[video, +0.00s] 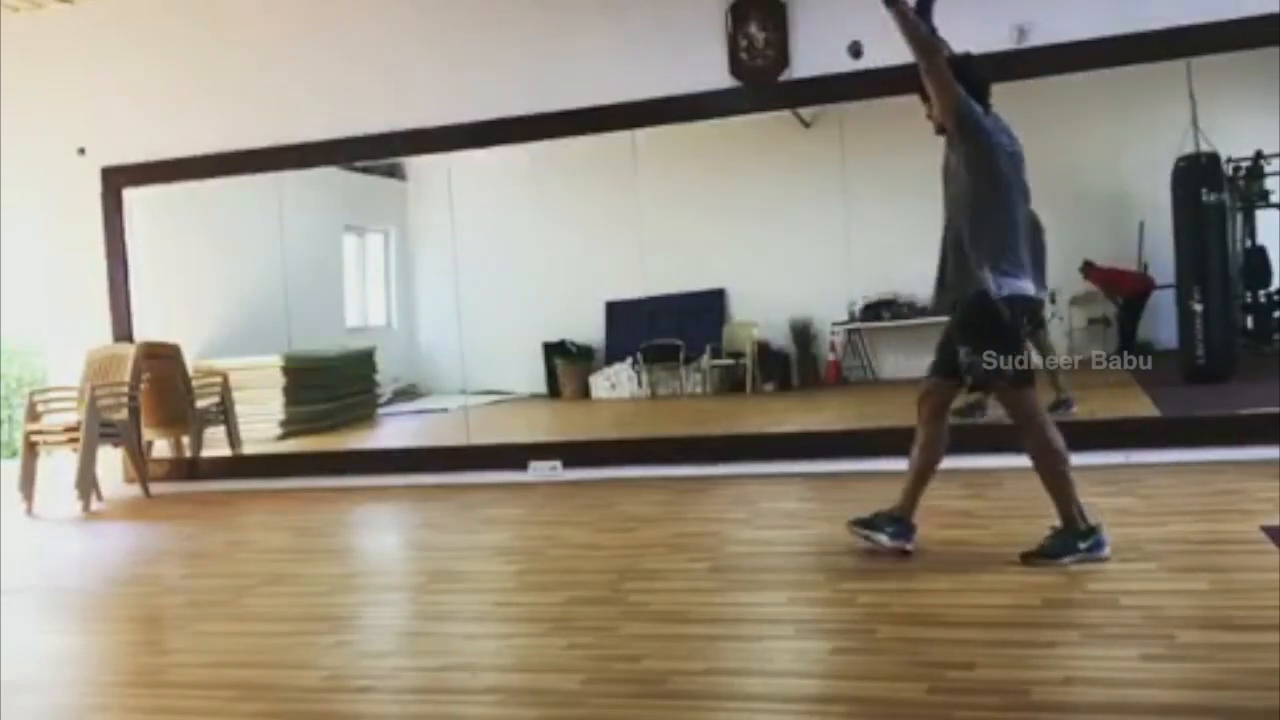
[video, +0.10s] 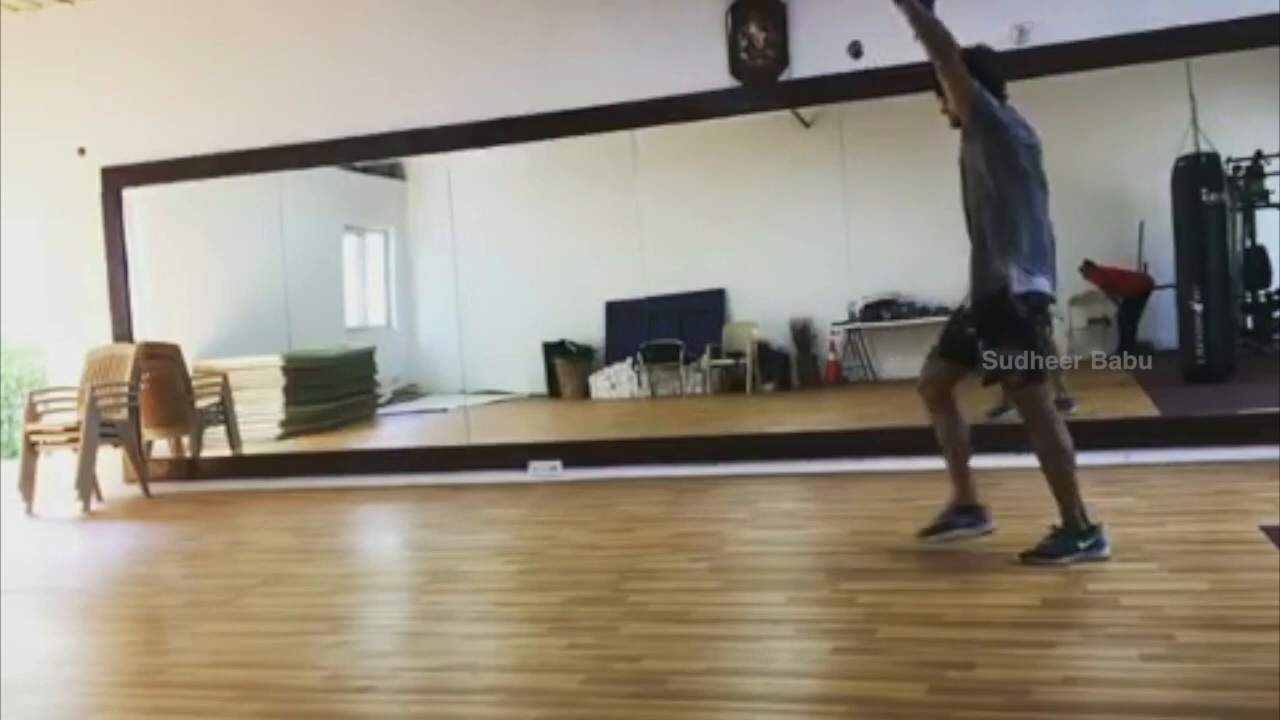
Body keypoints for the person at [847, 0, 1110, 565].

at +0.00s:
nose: (927, 115)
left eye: (930, 101)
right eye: (926, 103)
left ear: (953, 94)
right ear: (969, 93)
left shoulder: (977, 132)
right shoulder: (995, 142)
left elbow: (936, 61)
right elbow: (1028, 225)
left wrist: (898, 8)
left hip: (994, 296)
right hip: (984, 297)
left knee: (1027, 413)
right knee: (934, 402)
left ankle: (1079, 527)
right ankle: (902, 516)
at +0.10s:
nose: (942, 104)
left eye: (945, 90)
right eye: (940, 92)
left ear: (968, 86)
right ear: (977, 84)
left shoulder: (1000, 127)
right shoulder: (988, 135)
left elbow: (950, 57)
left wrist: (911, 9)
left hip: (1018, 291)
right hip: (990, 293)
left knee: (1035, 404)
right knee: (934, 385)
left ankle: (1079, 526)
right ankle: (966, 505)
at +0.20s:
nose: (947, 103)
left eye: (951, 90)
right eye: (946, 92)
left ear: (975, 84)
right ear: (985, 82)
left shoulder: (1004, 125)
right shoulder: (994, 132)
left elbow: (954, 52)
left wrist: (918, 7)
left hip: (1022, 290)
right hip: (996, 291)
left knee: (1037, 404)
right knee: (941, 386)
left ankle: (1080, 526)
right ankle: (995, 496)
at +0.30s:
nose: (951, 98)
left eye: (954, 85)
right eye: (949, 88)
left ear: (979, 81)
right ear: (993, 78)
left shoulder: (1008, 124)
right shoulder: (999, 130)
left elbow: (959, 47)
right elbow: (960, 50)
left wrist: (925, 4)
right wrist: (931, 15)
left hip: (1025, 286)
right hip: (1001, 288)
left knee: (1036, 395)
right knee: (960, 390)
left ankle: (1080, 526)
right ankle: (1016, 507)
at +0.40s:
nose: (951, 99)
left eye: (955, 85)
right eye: (949, 88)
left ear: (980, 81)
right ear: (993, 78)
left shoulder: (1010, 123)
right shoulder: (999, 129)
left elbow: (960, 49)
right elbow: (960, 52)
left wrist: (927, 6)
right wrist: (931, 16)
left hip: (1028, 285)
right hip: (1002, 287)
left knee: (1038, 396)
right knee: (960, 388)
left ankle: (1080, 526)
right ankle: (1012, 505)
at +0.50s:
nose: (949, 104)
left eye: (952, 91)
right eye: (946, 93)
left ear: (975, 84)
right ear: (994, 78)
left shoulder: (1007, 123)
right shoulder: (1003, 128)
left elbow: (960, 58)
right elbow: (959, 58)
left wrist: (926, 9)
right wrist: (929, 19)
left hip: (1025, 287)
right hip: (1004, 288)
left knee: (1040, 398)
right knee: (960, 388)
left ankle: (1080, 526)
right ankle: (989, 513)